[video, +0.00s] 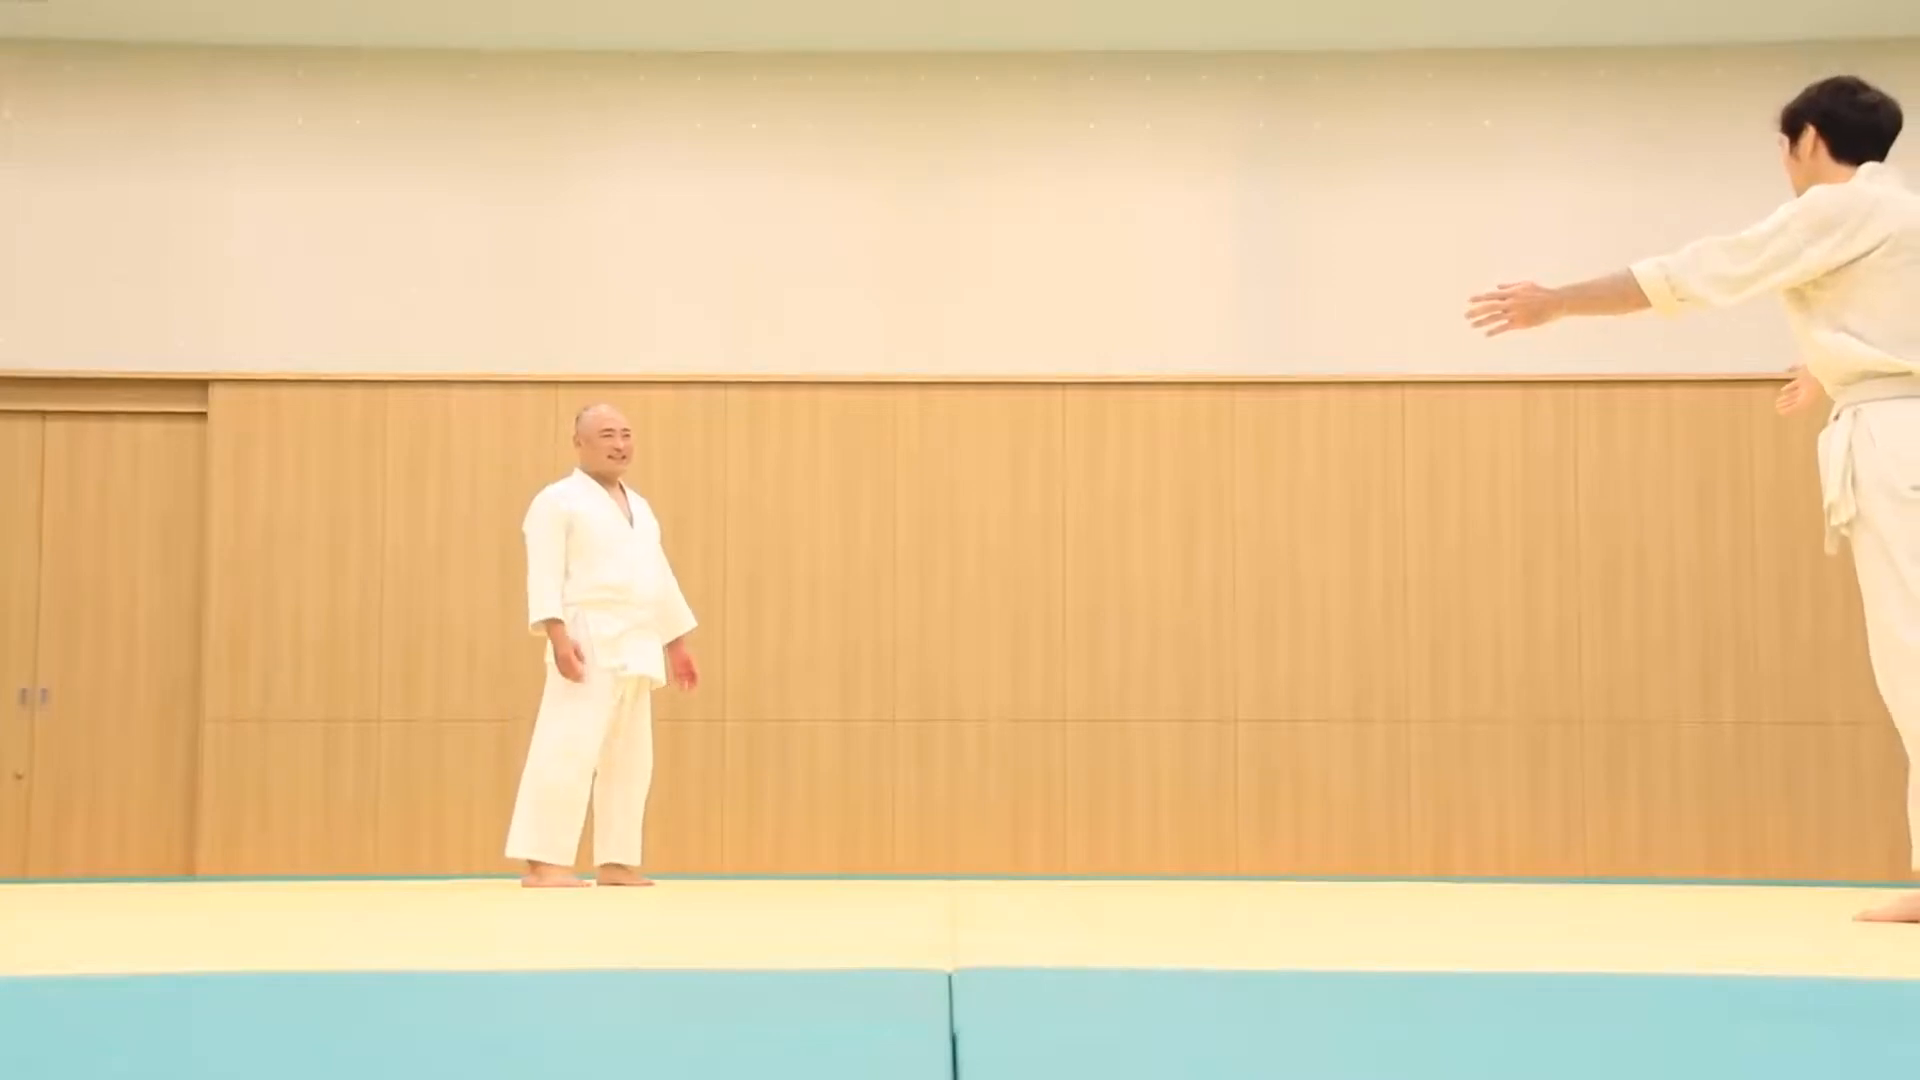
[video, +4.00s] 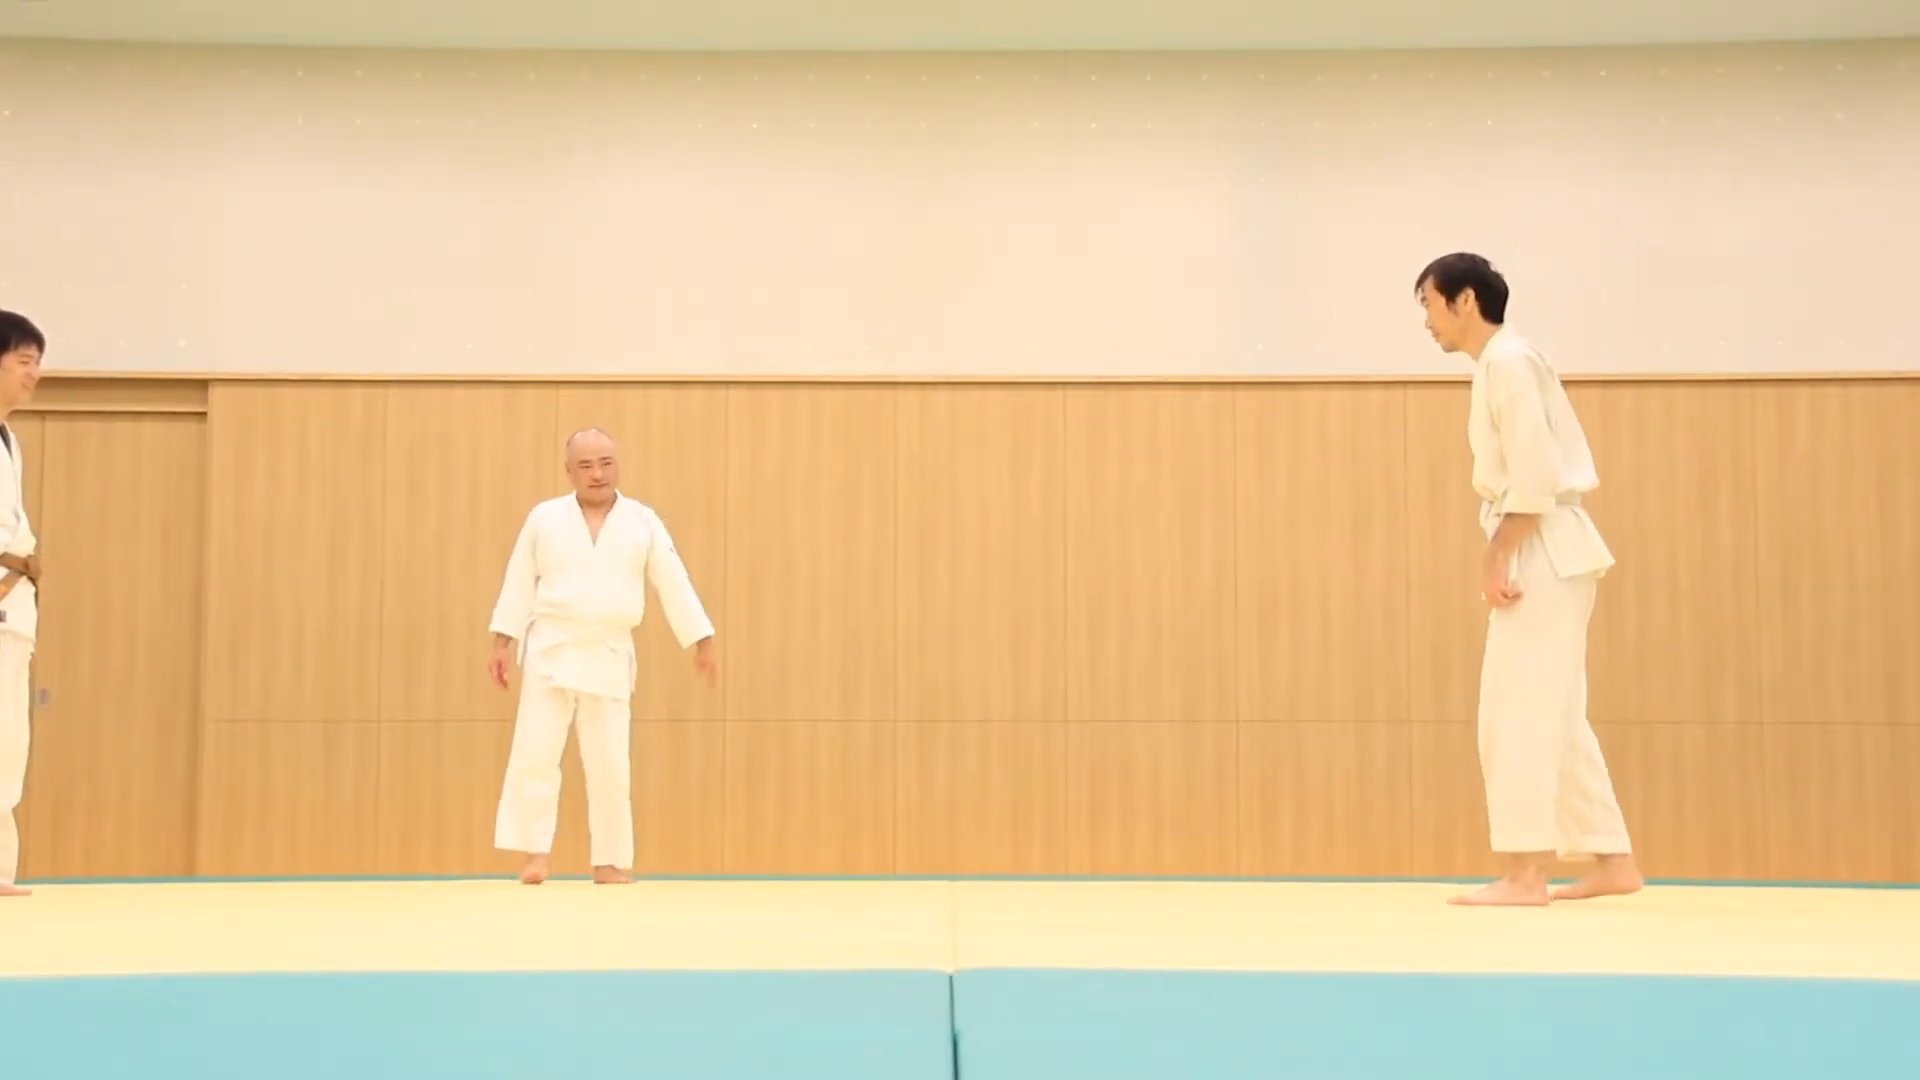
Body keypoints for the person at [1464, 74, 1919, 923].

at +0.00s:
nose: (1788, 169)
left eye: (1789, 150)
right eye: (1788, 152)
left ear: (1817, 141)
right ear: (1869, 144)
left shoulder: (1851, 205)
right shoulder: (1895, 206)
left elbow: (1712, 268)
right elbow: (1904, 334)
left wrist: (1556, 300)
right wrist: (1834, 379)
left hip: (1895, 446)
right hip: (1898, 440)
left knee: (1906, 664)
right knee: (1905, 665)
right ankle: (1918, 884)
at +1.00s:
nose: (1626, 231)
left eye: (1626, 214)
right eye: (1625, 215)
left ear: (1648, 206)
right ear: (1701, 208)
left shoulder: (1657, 279)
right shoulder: (1774, 277)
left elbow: (1642, 412)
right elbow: (1816, 412)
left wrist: (1608, 523)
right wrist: (1829, 515)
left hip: (1703, 494)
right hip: (1786, 493)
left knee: (1701, 682)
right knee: (1768, 685)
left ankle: (1743, 880)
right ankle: (1810, 834)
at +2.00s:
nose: (1450, 306)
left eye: (1450, 291)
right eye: (1449, 292)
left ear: (1468, 285)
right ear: (1515, 284)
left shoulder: (1479, 351)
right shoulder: (1582, 346)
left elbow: (1461, 465)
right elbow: (1611, 460)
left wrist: (1426, 565)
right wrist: (1588, 529)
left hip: (1516, 537)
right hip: (1594, 535)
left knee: (1503, 701)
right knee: (1572, 706)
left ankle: (1511, 878)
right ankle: (1619, 823)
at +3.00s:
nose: (1420, 319)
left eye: (1423, 303)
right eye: (1418, 305)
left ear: (1456, 298)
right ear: (1466, 299)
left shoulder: (1485, 359)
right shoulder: (1508, 357)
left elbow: (1472, 470)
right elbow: (1493, 471)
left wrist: (1431, 555)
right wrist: (1449, 554)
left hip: (1504, 544)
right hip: (1535, 541)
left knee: (1502, 706)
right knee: (1536, 705)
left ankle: (1522, 872)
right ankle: (1558, 871)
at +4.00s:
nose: (1426, 322)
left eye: (1431, 307)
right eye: (1424, 309)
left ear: (1468, 303)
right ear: (1469, 304)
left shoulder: (1506, 363)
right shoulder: (1503, 362)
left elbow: (1533, 470)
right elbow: (1536, 468)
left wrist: (1498, 554)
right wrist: (1504, 551)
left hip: (1542, 555)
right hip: (1552, 554)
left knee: (1511, 707)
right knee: (1555, 707)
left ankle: (1525, 876)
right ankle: (1613, 860)